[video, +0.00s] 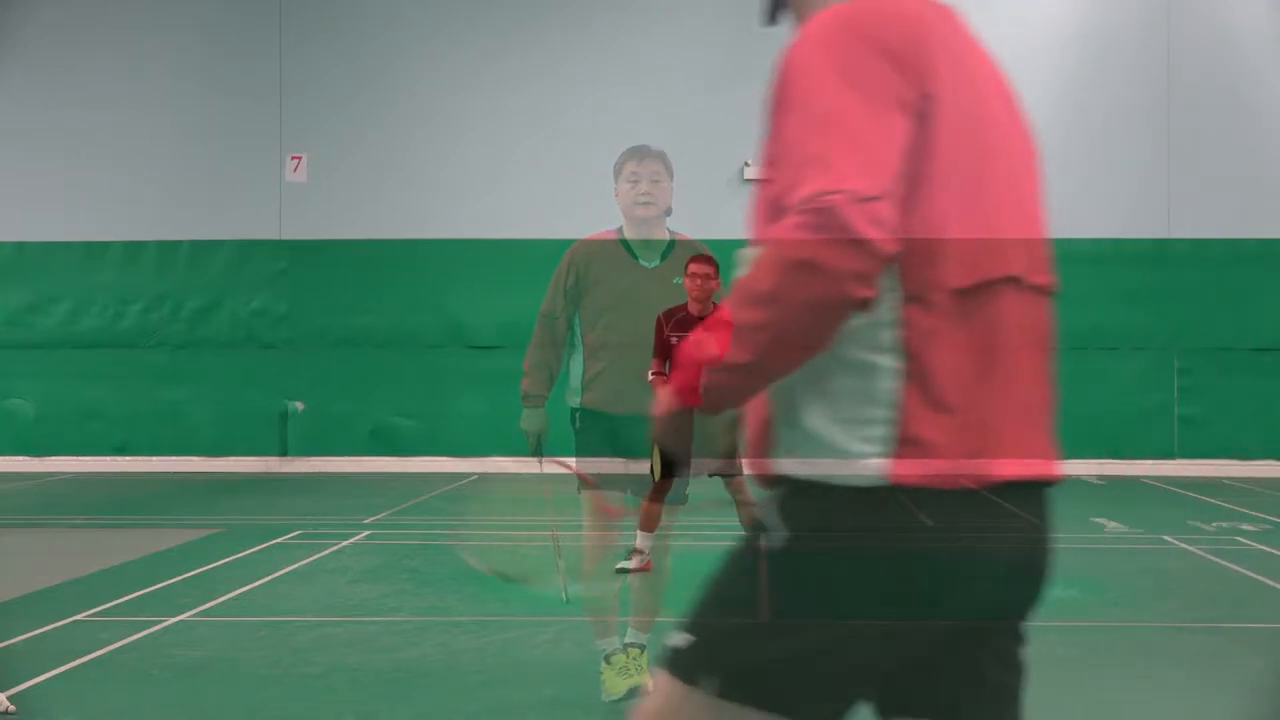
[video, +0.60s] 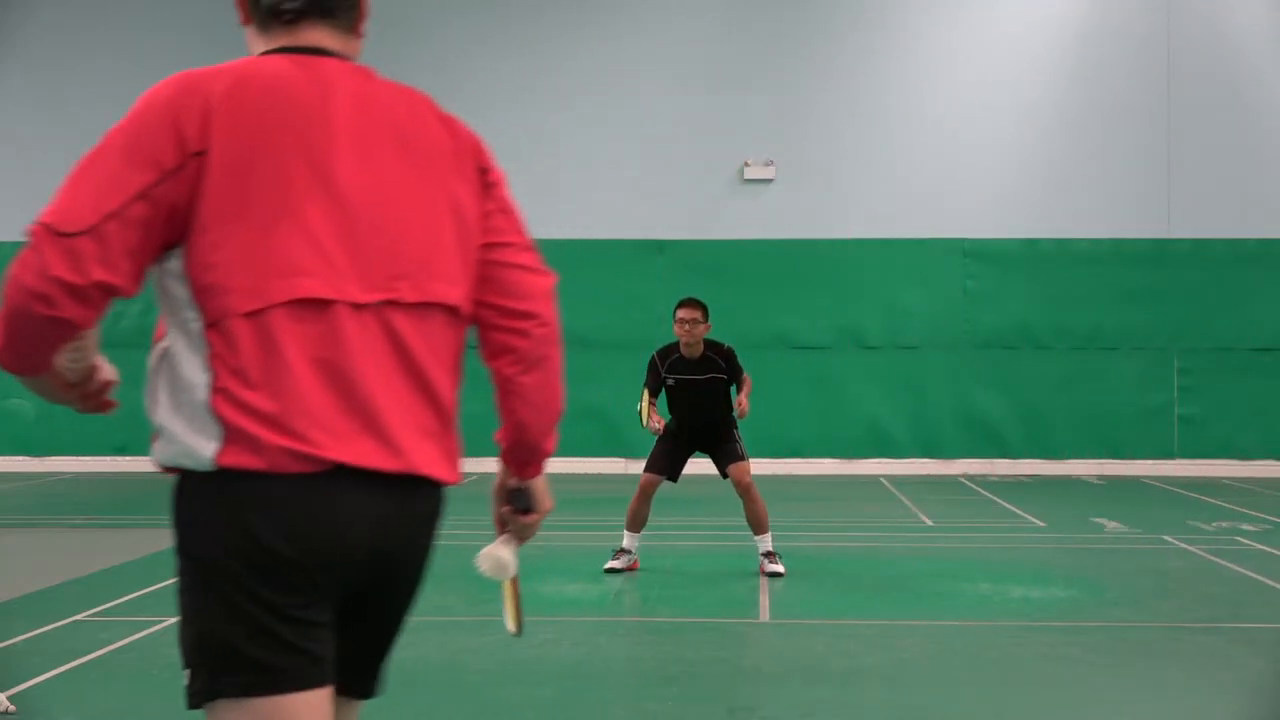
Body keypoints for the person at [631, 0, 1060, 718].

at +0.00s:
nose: (785, 17)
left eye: (787, 12)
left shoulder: (850, 30)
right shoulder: (959, 52)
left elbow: (833, 250)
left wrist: (692, 385)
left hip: (870, 517)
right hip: (986, 520)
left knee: (677, 706)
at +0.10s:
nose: (673, 28)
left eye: (676, 19)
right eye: (674, 23)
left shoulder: (715, 58)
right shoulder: (858, 80)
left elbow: (716, 265)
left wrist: (592, 406)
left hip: (753, 531)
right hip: (884, 529)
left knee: (601, 698)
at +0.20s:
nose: (559, 39)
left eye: (561, 24)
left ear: (576, 8)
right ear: (684, 11)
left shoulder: (584, 91)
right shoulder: (761, 115)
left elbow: (573, 291)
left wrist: (453, 420)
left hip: (606, 544)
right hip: (754, 547)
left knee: (497, 705)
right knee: (762, 707)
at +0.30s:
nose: (453, 37)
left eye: (452, 24)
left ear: (461, 12)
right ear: (581, 15)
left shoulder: (460, 112)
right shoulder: (661, 129)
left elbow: (411, 318)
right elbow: (719, 323)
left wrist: (308, 427)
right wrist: (636, 429)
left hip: (482, 535)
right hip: (639, 535)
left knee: (368, 705)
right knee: (612, 706)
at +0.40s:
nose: (373, 28)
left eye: (370, 19)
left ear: (378, 9)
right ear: (491, 10)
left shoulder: (356, 96)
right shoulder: (581, 118)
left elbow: (279, 291)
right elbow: (649, 311)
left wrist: (190, 395)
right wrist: (608, 446)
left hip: (392, 496)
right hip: (549, 496)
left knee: (315, 701)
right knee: (475, 705)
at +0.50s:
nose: (304, 18)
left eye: (303, 11)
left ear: (311, 6)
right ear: (422, 10)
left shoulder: (271, 86)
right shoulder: (512, 115)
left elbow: (164, 270)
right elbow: (592, 292)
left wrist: (109, 363)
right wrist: (577, 448)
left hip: (318, 490)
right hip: (472, 496)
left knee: (307, 709)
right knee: (405, 708)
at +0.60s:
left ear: (245, 13)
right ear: (364, 15)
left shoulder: (197, 104)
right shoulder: (447, 135)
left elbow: (42, 286)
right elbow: (527, 307)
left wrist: (60, 365)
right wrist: (526, 460)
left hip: (251, 490)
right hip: (401, 500)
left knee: (279, 707)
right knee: (333, 703)